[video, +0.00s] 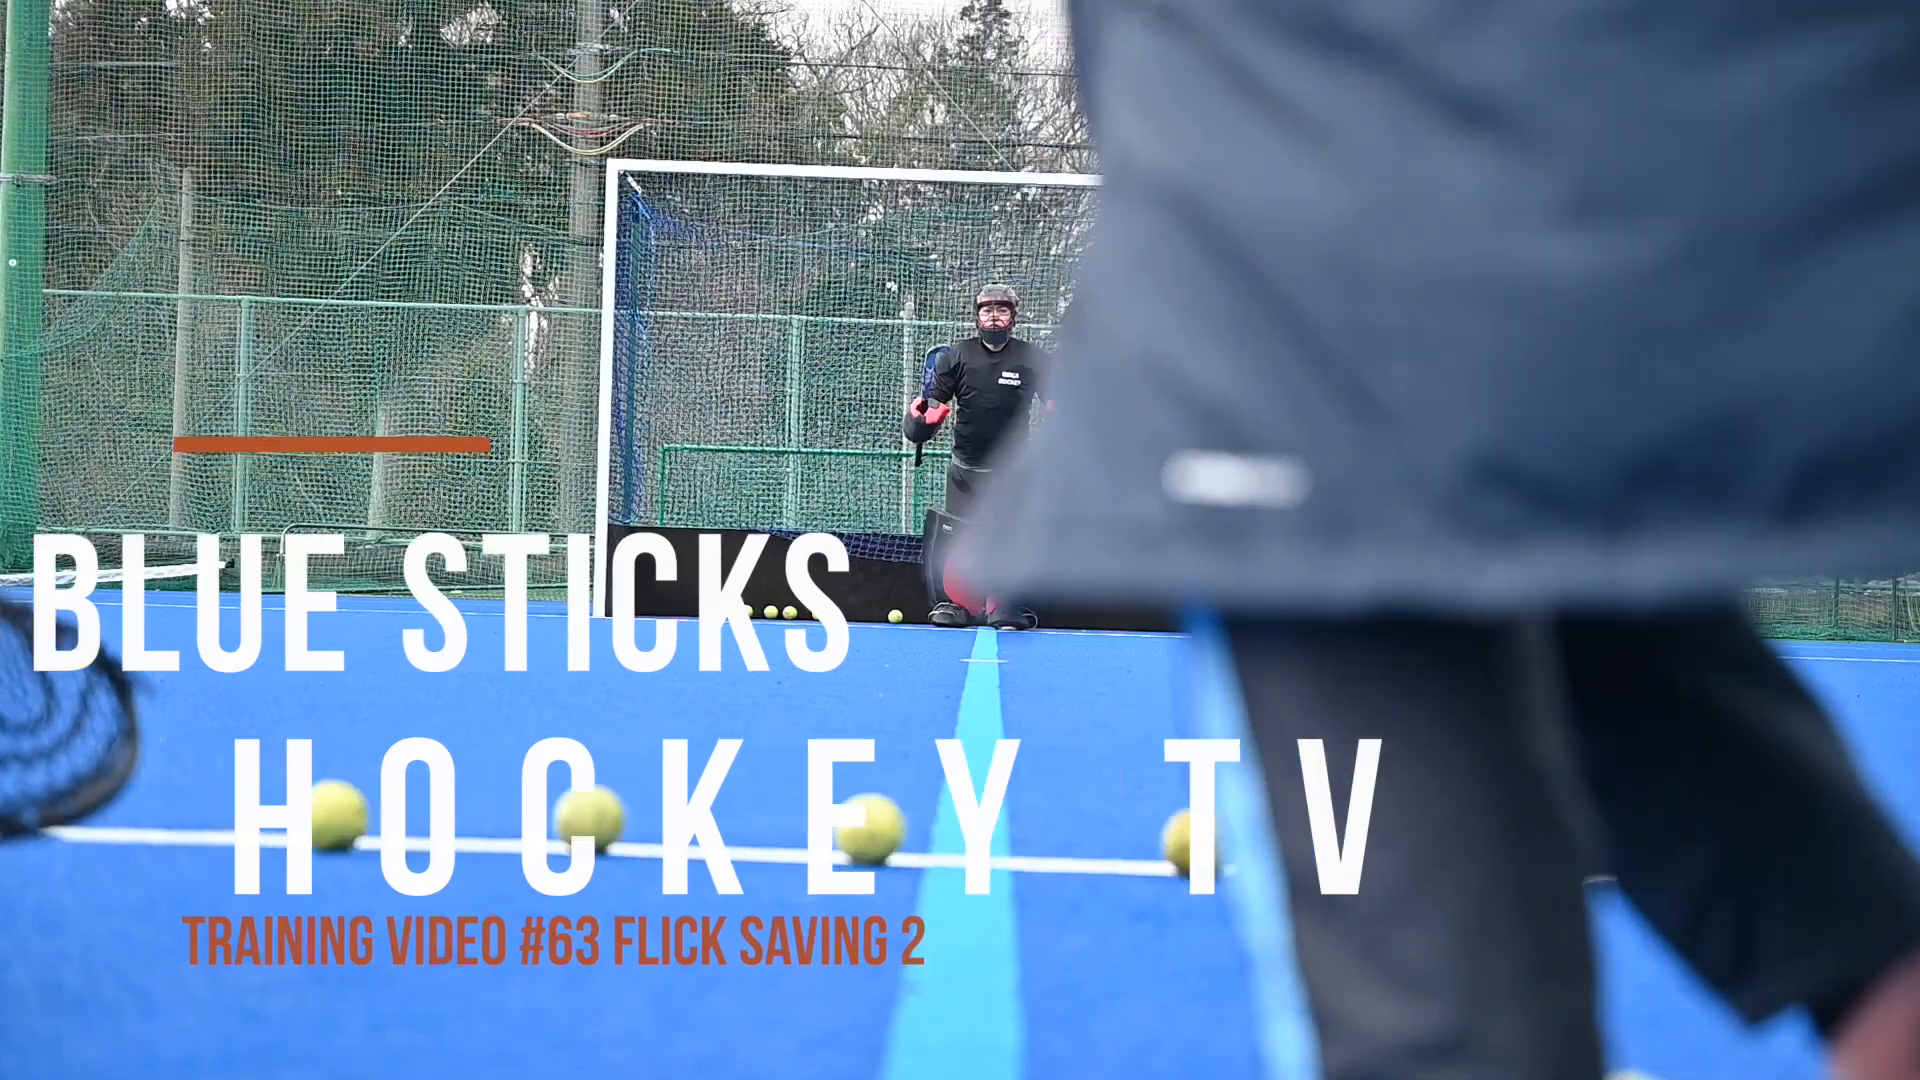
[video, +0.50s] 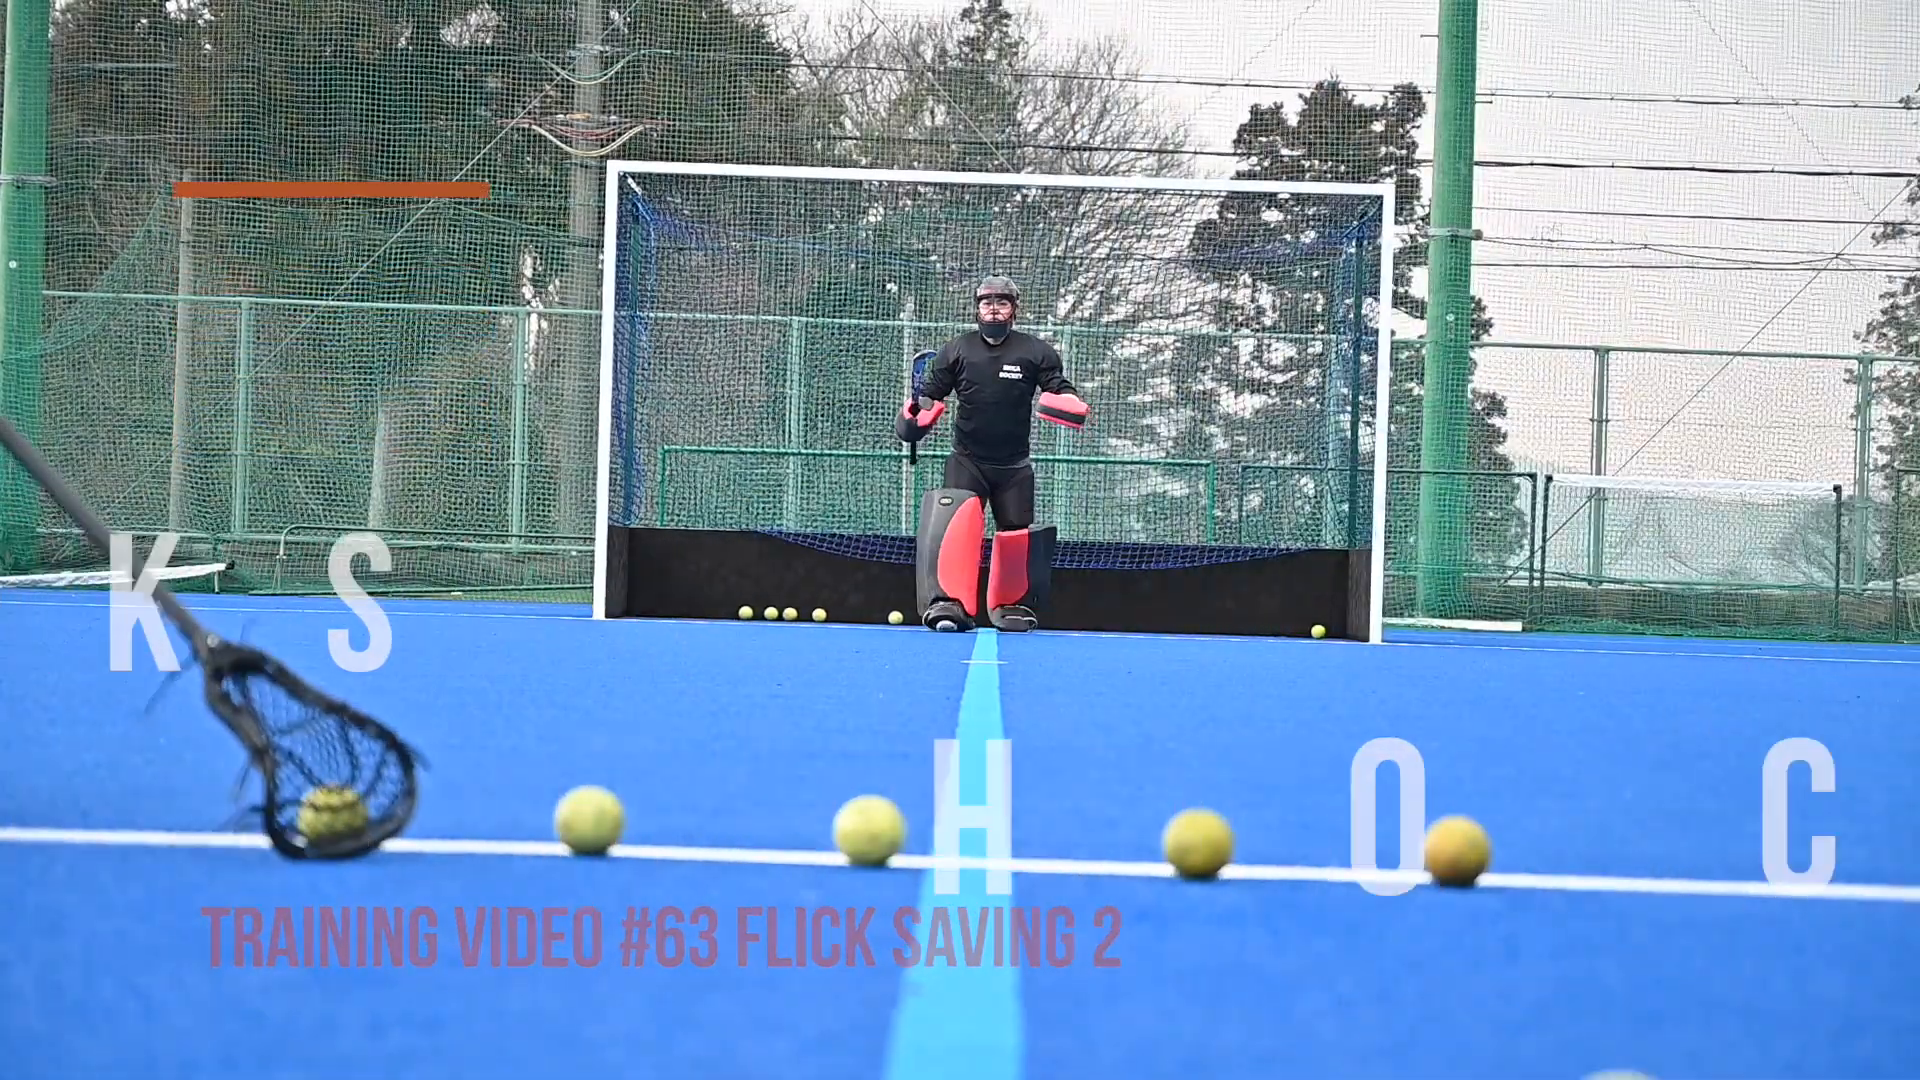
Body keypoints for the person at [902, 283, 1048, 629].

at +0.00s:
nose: (994, 315)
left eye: (1001, 309)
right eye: (987, 309)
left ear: (1013, 315)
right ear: (976, 315)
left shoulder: (1031, 359)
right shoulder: (956, 356)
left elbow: (1063, 401)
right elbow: (931, 405)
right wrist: (922, 423)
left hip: (1012, 462)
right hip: (965, 462)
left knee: (1008, 532)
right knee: (958, 532)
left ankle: (1010, 606)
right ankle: (957, 603)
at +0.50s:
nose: (992, 309)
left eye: (1001, 302)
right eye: (986, 302)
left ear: (1014, 309)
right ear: (977, 308)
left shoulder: (1036, 351)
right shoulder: (956, 350)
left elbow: (1060, 388)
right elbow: (929, 396)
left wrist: (1070, 403)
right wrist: (915, 415)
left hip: (1014, 464)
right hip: (966, 460)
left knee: (1016, 538)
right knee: (955, 530)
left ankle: (1011, 608)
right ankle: (949, 607)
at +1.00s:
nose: (994, 298)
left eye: (1001, 291)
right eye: (986, 291)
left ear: (1013, 297)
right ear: (975, 297)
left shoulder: (1034, 325)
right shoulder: (957, 332)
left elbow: (1086, 328)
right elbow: (916, 352)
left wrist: (1076, 355)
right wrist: (905, 380)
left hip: (1026, 449)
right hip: (976, 447)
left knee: (1042, 515)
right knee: (945, 504)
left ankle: (1046, 594)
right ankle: (931, 587)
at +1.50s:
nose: (828, 329)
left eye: (838, 322)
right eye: (824, 322)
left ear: (859, 322)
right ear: (817, 326)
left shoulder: (874, 352)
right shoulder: (811, 368)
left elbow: (919, 348)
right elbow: (780, 404)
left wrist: (866, 335)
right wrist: (731, 393)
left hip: (903, 452)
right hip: (862, 478)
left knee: (929, 505)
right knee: (838, 531)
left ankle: (1015, 577)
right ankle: (919, 605)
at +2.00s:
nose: (668, 307)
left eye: (666, 303)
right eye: (669, 302)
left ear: (653, 312)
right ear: (688, 311)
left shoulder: (649, 343)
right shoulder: (716, 349)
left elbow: (631, 394)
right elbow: (739, 408)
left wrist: (588, 434)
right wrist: (757, 465)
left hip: (668, 451)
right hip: (715, 459)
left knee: (616, 520)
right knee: (694, 539)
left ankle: (575, 596)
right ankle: (708, 590)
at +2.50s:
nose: (618, 279)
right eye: (613, 270)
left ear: (570, 277)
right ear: (607, 275)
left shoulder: (547, 318)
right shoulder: (618, 312)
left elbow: (550, 367)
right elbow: (623, 362)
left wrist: (588, 371)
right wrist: (667, 378)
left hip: (576, 437)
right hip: (625, 433)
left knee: (567, 518)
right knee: (655, 495)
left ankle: (551, 598)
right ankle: (679, 545)